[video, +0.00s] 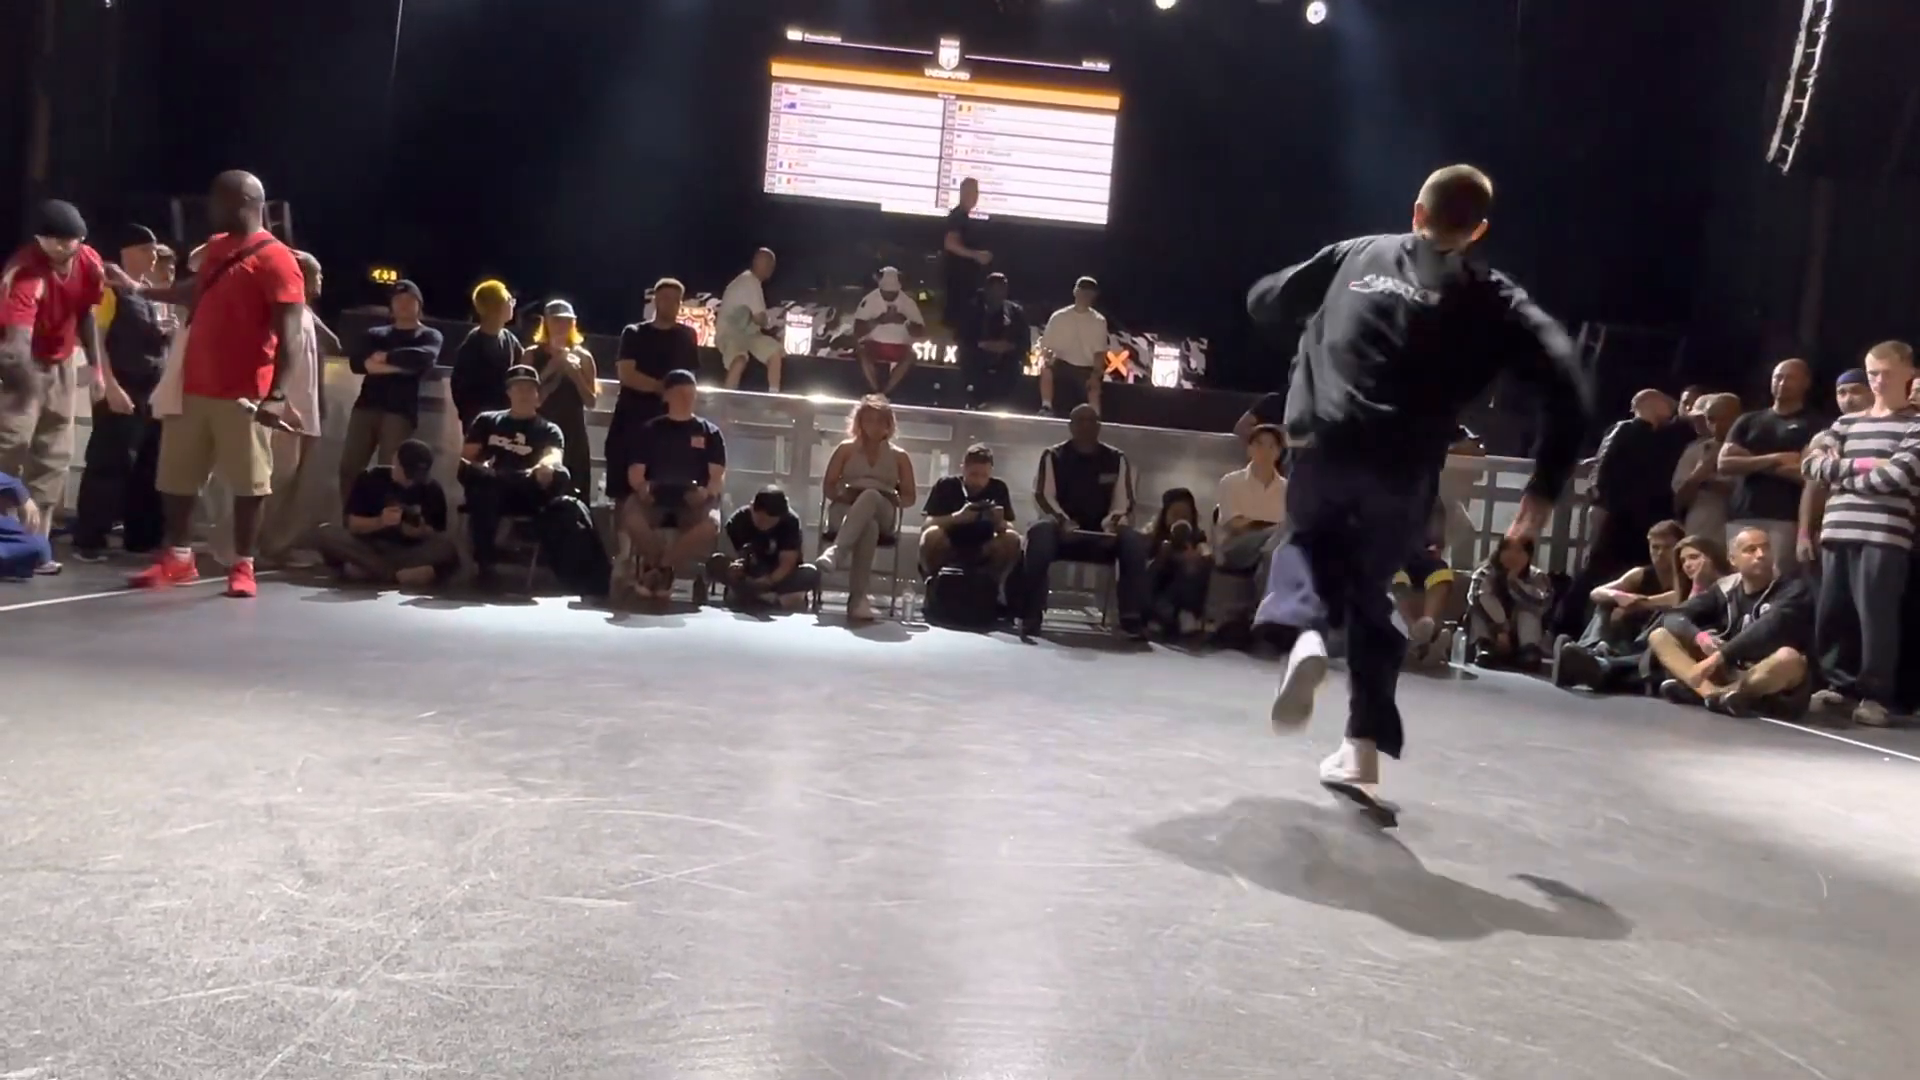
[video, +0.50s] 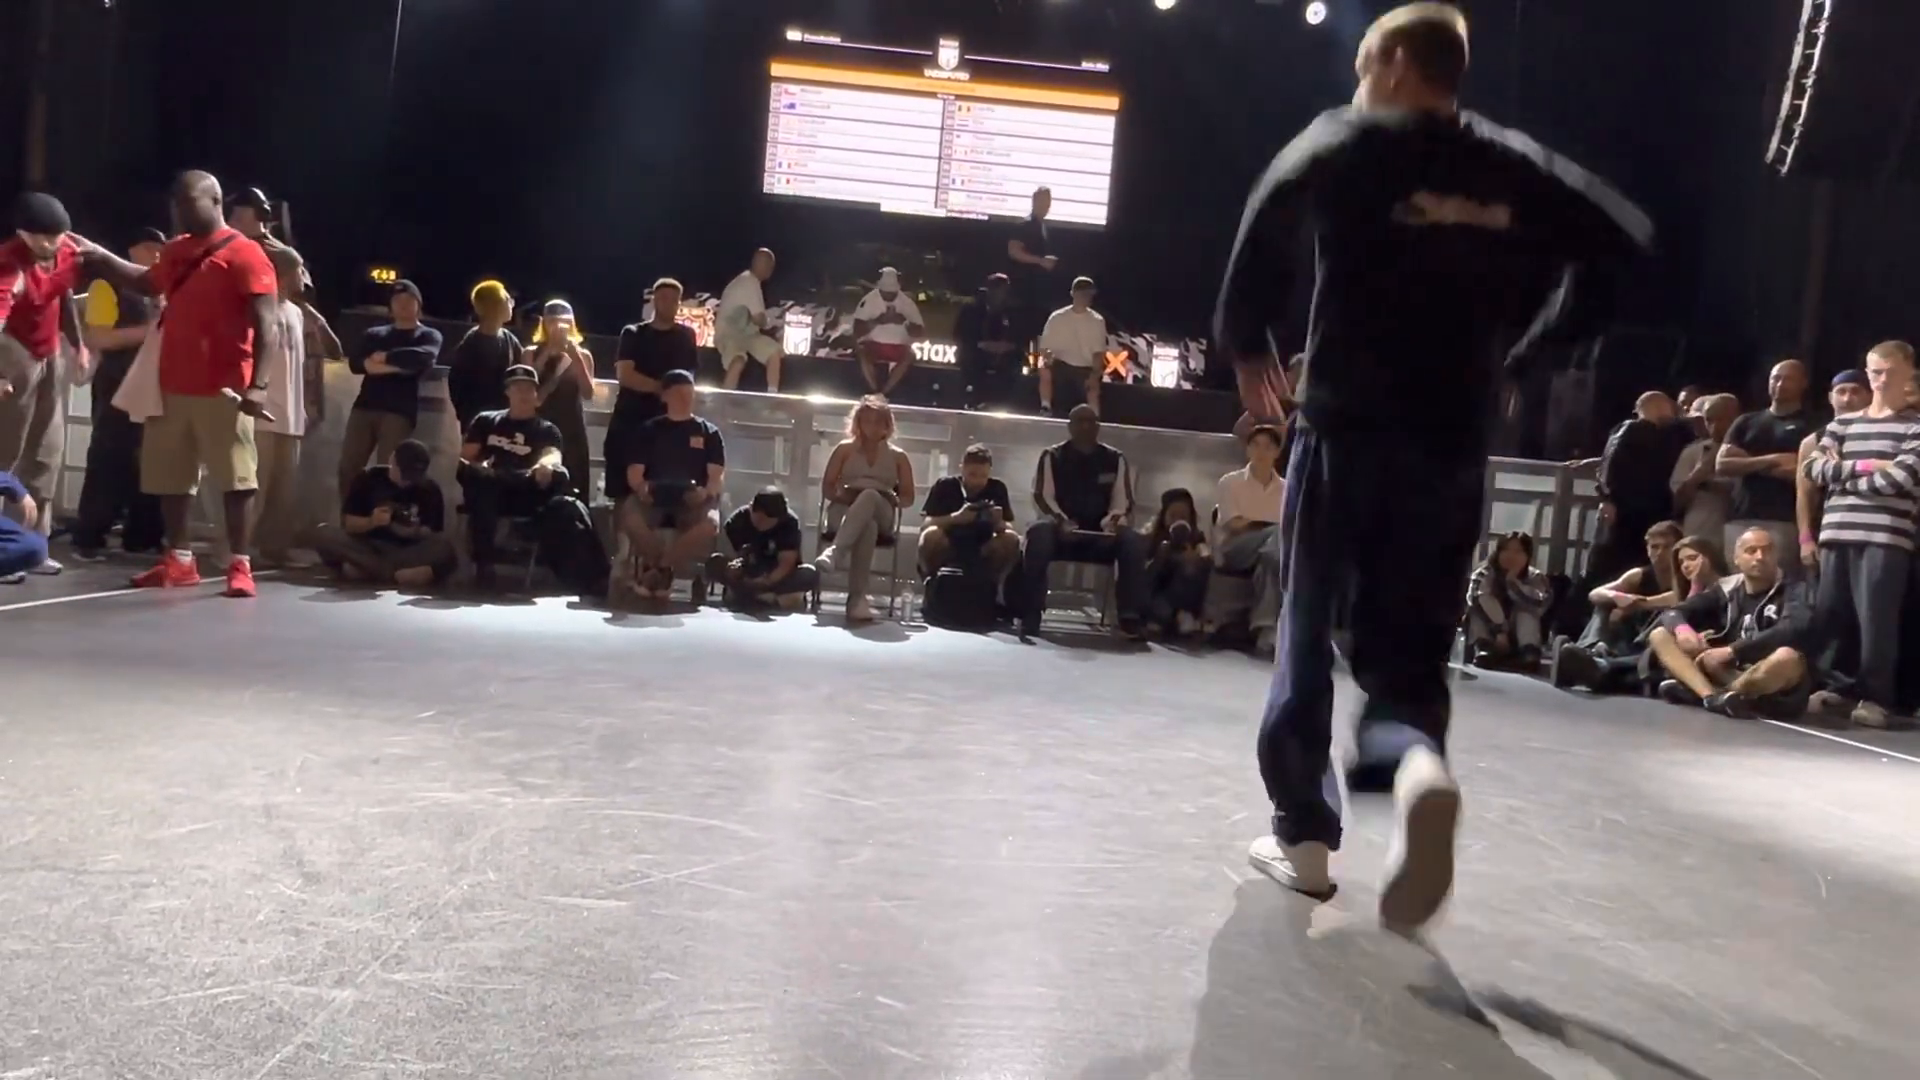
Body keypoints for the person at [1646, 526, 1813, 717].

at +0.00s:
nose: (1760, 555)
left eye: (1765, 548)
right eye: (1750, 550)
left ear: (1772, 553)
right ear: (1734, 559)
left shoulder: (1793, 590)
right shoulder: (1724, 589)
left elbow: (1769, 629)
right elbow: (1673, 617)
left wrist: (1717, 659)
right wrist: (1698, 636)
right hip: (1726, 672)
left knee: (1789, 658)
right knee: (1659, 636)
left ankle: (1706, 694)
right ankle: (1713, 694)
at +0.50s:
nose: (1759, 557)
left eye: (1766, 550)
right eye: (1751, 551)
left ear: (1775, 556)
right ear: (1737, 559)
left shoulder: (1793, 589)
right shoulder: (1726, 589)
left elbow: (1792, 629)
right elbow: (1672, 614)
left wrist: (1732, 650)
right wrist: (1682, 630)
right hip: (1726, 672)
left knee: (1787, 658)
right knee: (1659, 636)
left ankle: (1723, 696)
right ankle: (1710, 696)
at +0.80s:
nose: (1763, 559)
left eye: (1770, 553)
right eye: (1755, 553)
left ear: (1780, 560)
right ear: (1740, 561)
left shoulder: (1795, 595)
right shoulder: (1728, 590)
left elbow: (1792, 628)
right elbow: (1683, 610)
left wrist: (1764, 654)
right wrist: (1636, 629)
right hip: (1731, 671)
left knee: (1788, 663)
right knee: (1666, 640)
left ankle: (1716, 697)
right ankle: (1711, 697)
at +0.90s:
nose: (1762, 560)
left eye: (1770, 554)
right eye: (1754, 554)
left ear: (1781, 561)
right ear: (1740, 562)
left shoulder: (1796, 599)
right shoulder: (1727, 593)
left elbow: (1796, 634)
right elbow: (1685, 611)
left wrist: (1767, 664)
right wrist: (1639, 630)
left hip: (1774, 679)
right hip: (1730, 672)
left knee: (1792, 667)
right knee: (1667, 644)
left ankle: (1714, 698)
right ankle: (1712, 696)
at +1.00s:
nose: (1760, 561)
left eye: (1768, 555)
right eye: (1752, 555)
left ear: (1778, 563)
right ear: (1739, 564)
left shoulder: (1791, 598)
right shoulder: (1725, 593)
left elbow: (1803, 641)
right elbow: (1674, 618)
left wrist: (1765, 672)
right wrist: (1630, 645)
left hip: (1769, 678)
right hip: (1727, 672)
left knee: (1792, 673)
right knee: (1664, 647)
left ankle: (1718, 699)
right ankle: (1712, 698)